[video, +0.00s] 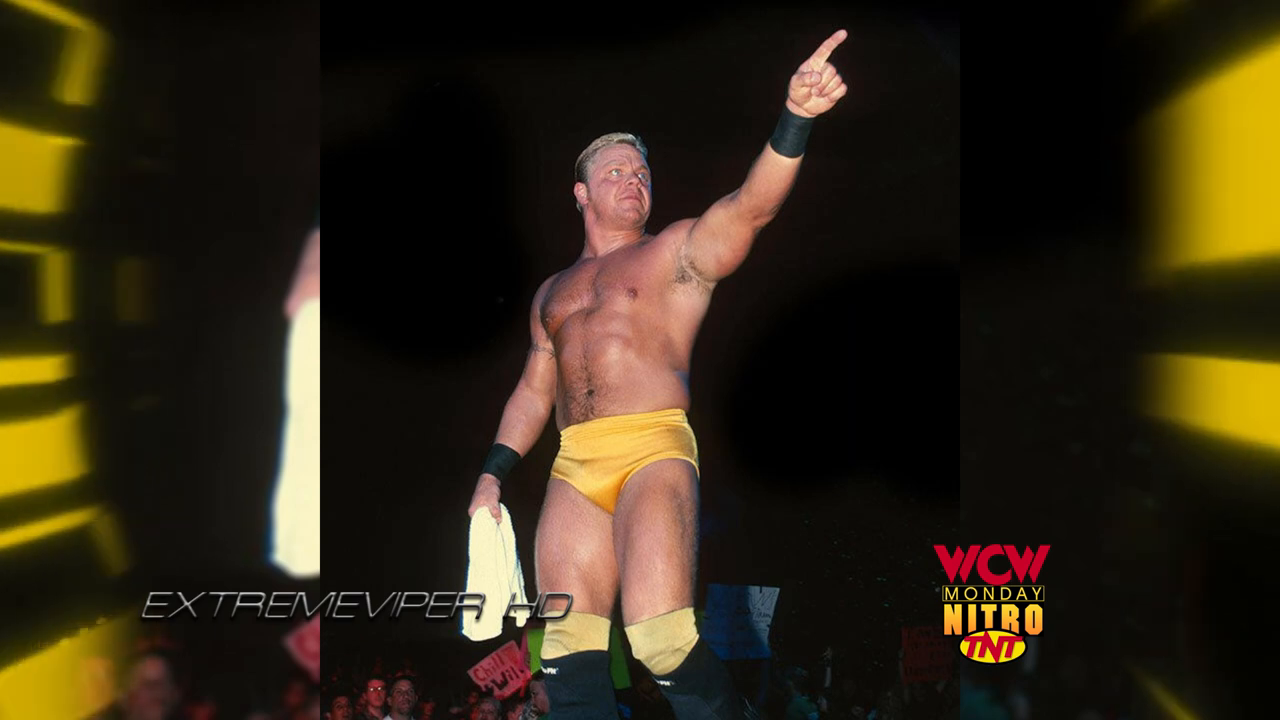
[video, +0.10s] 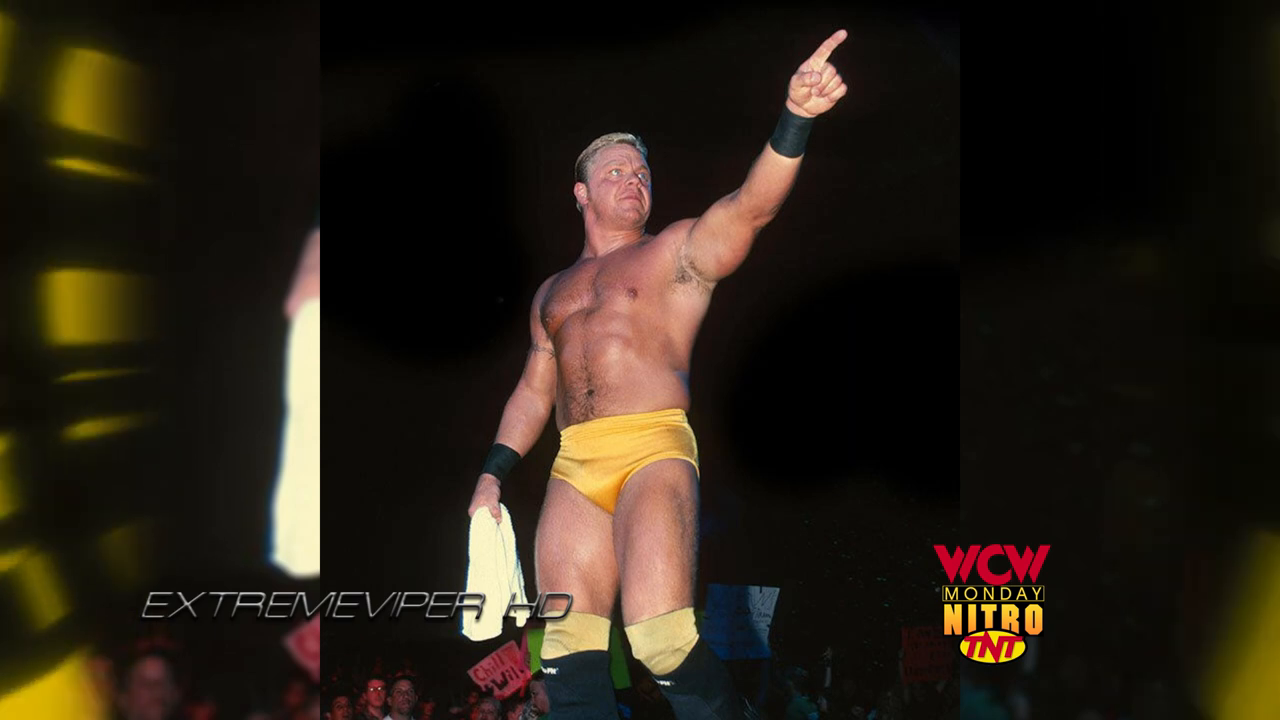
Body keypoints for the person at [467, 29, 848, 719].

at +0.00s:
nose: (632, 179)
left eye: (640, 172)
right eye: (615, 170)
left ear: (650, 194)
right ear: (581, 193)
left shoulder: (680, 254)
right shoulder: (552, 296)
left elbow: (753, 203)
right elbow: (534, 394)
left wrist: (797, 116)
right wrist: (490, 478)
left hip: (656, 448)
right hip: (575, 462)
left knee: (660, 636)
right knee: (568, 647)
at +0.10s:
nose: (631, 179)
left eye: (640, 172)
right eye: (614, 170)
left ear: (650, 194)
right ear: (580, 193)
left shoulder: (680, 253)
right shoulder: (552, 296)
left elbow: (753, 203)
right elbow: (534, 393)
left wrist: (797, 115)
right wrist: (490, 478)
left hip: (656, 448)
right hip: (575, 462)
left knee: (660, 637)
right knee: (568, 647)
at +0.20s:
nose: (632, 179)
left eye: (640, 172)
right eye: (615, 170)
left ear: (650, 194)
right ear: (581, 193)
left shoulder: (680, 254)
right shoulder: (552, 296)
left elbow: (753, 203)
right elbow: (534, 394)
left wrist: (797, 116)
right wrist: (490, 478)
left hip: (656, 448)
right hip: (575, 462)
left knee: (660, 636)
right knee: (568, 647)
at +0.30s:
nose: (632, 179)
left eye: (640, 172)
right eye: (615, 170)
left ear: (650, 194)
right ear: (581, 193)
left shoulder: (680, 254)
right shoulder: (552, 296)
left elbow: (753, 203)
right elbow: (534, 394)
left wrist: (797, 116)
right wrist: (490, 478)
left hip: (656, 448)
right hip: (575, 462)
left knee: (660, 636)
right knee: (568, 647)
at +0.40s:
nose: (632, 179)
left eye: (640, 172)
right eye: (615, 170)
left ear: (650, 194)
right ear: (581, 193)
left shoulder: (680, 254)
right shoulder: (552, 296)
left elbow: (753, 203)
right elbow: (534, 394)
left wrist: (797, 116)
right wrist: (490, 478)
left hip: (656, 448)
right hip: (575, 462)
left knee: (660, 636)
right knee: (568, 647)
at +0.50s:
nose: (631, 179)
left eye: (640, 172)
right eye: (614, 170)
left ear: (650, 194)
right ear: (580, 193)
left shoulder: (680, 253)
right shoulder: (552, 296)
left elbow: (753, 203)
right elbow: (534, 393)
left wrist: (797, 115)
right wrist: (490, 478)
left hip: (656, 448)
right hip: (575, 462)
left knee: (660, 637)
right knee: (568, 647)